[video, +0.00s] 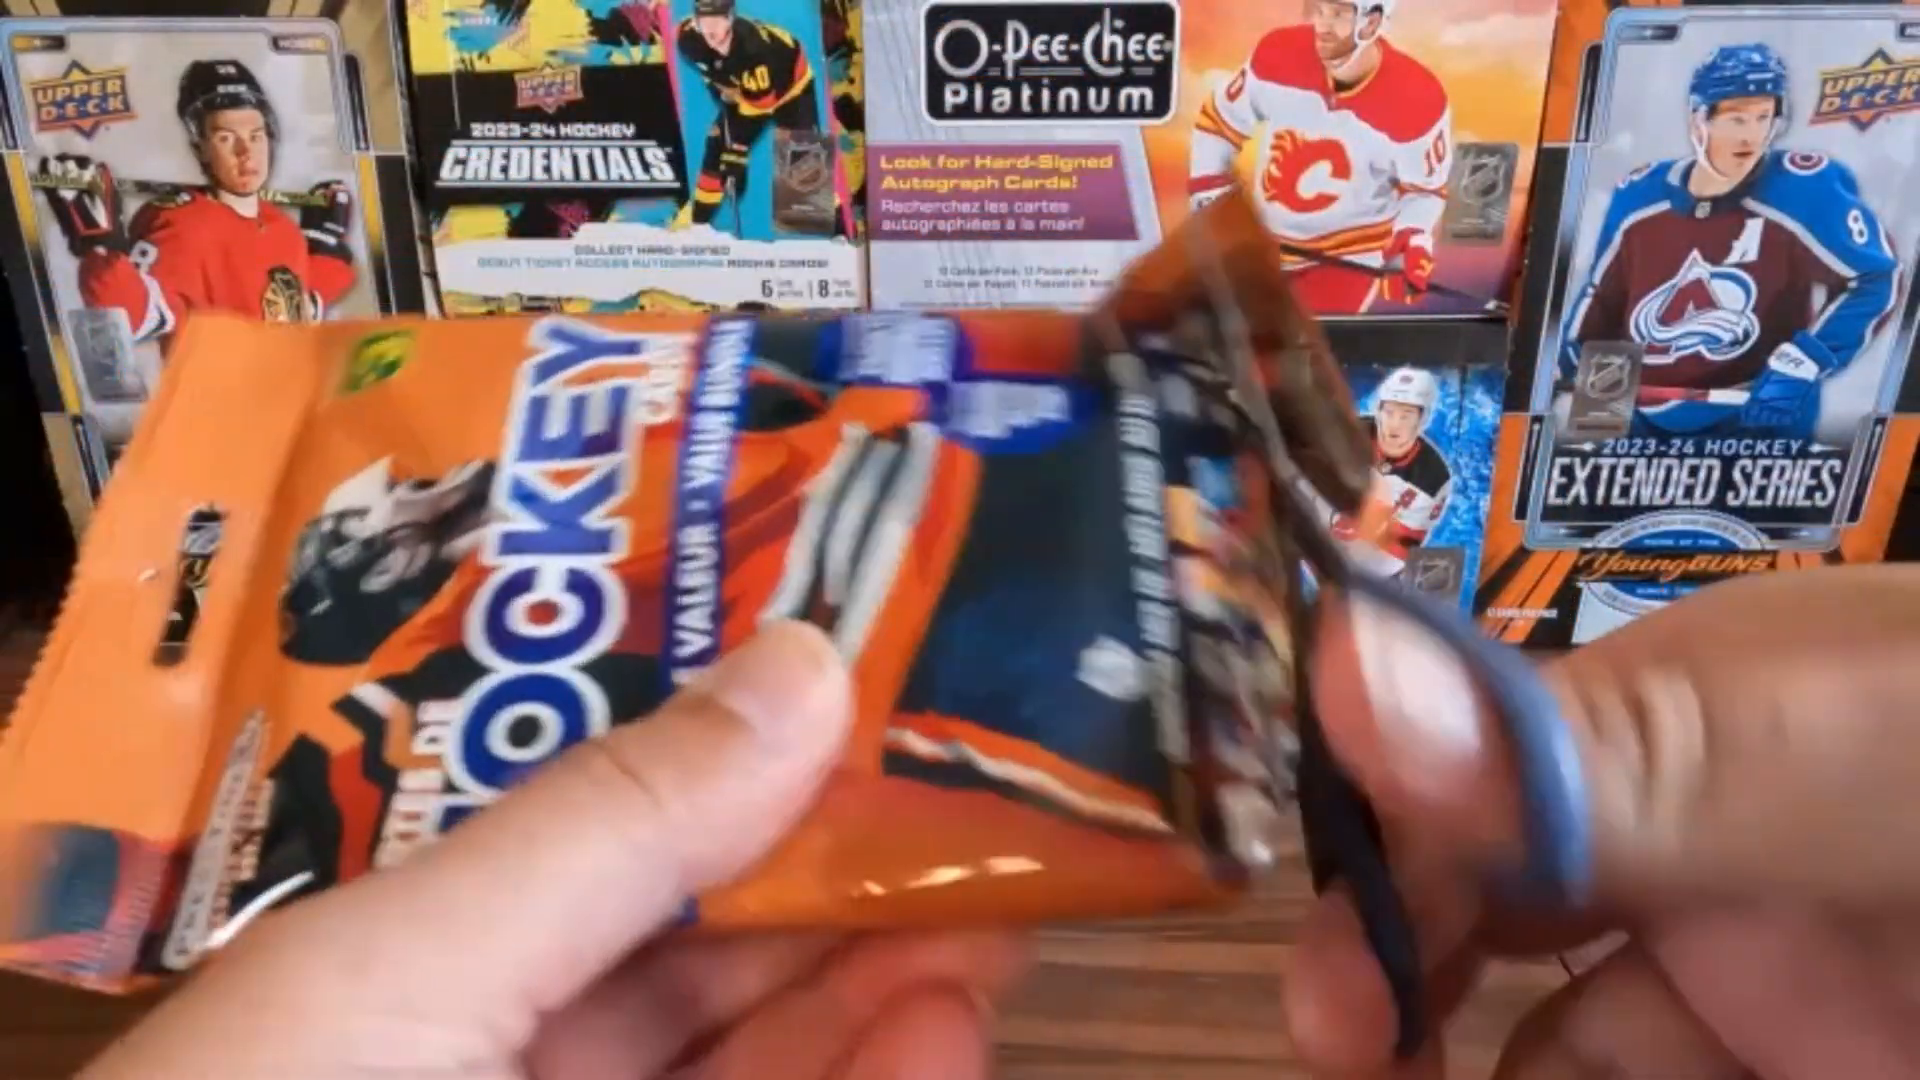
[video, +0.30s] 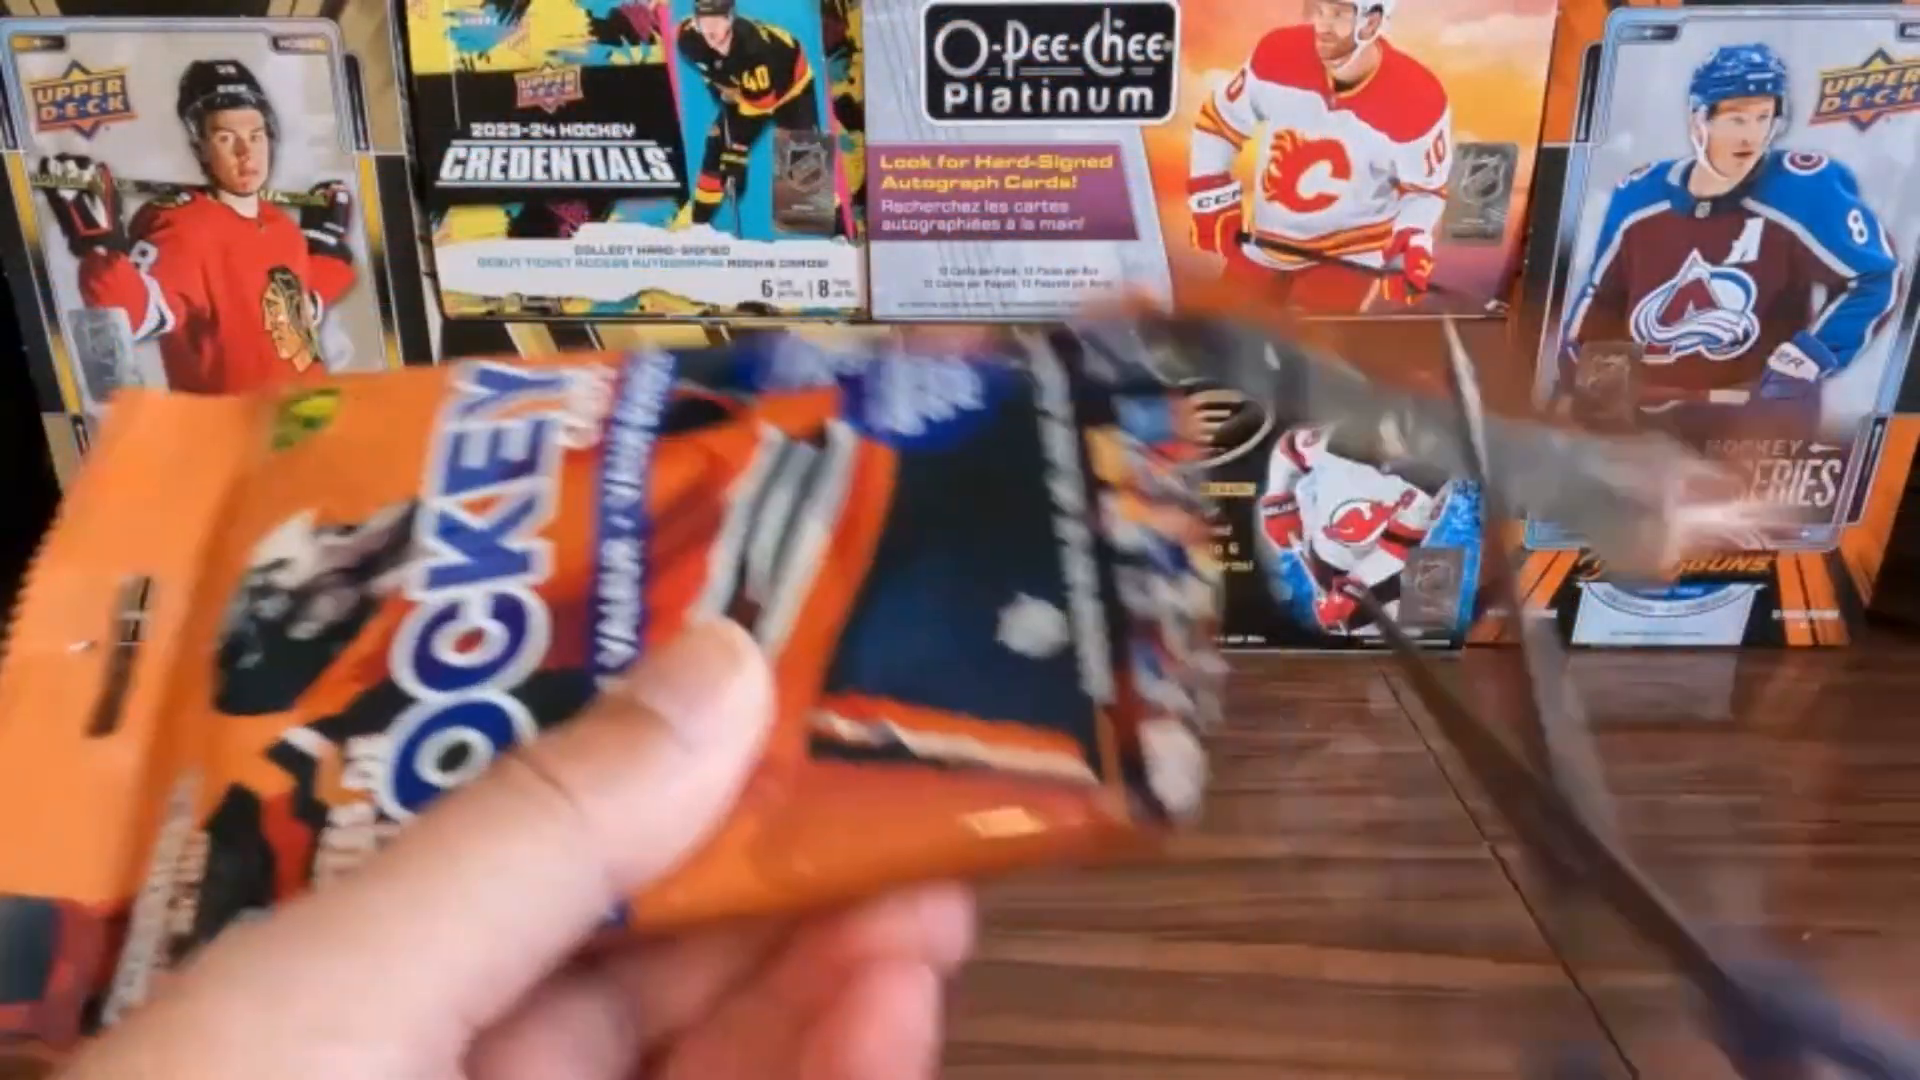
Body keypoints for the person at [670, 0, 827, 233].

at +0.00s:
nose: (711, 30)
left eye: (717, 22)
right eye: (705, 22)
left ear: (730, 19)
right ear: (696, 23)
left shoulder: (754, 48)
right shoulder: (689, 38)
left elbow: (757, 108)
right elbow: (709, 71)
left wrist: (736, 155)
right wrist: (724, 93)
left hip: (791, 92)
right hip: (743, 97)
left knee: (804, 161)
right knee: (717, 145)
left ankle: (839, 227)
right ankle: (699, 218)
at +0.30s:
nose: (711, 30)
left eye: (717, 22)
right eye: (705, 22)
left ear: (730, 19)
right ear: (696, 23)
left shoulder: (754, 48)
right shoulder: (689, 38)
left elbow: (757, 108)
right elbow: (708, 70)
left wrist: (736, 155)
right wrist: (722, 91)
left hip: (790, 91)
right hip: (742, 97)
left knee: (804, 160)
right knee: (717, 145)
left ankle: (839, 227)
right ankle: (699, 219)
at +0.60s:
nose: (712, 29)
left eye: (718, 22)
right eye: (705, 22)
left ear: (730, 19)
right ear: (696, 23)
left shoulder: (754, 49)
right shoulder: (689, 38)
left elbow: (756, 108)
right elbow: (710, 72)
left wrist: (736, 156)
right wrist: (724, 93)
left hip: (791, 92)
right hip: (743, 97)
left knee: (804, 161)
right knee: (716, 145)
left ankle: (839, 227)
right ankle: (698, 219)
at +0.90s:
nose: (712, 29)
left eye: (718, 21)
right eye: (705, 22)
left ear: (730, 19)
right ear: (696, 22)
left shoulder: (754, 48)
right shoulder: (689, 38)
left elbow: (756, 109)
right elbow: (709, 72)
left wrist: (736, 158)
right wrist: (724, 93)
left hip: (790, 90)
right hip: (742, 96)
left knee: (804, 160)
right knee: (717, 145)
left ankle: (837, 225)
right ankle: (699, 220)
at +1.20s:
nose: (712, 29)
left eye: (718, 21)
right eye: (705, 22)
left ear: (730, 19)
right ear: (697, 22)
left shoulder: (754, 48)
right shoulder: (689, 38)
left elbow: (757, 108)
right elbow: (710, 73)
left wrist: (736, 155)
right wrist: (725, 96)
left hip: (791, 93)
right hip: (742, 99)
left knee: (805, 162)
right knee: (716, 148)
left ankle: (839, 230)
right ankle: (698, 224)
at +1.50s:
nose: (711, 30)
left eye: (717, 22)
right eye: (705, 22)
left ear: (731, 18)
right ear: (696, 22)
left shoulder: (753, 47)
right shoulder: (689, 37)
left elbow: (758, 108)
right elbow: (708, 69)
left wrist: (736, 153)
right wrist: (722, 91)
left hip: (790, 91)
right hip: (743, 98)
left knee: (804, 160)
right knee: (717, 146)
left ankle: (838, 227)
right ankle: (698, 222)